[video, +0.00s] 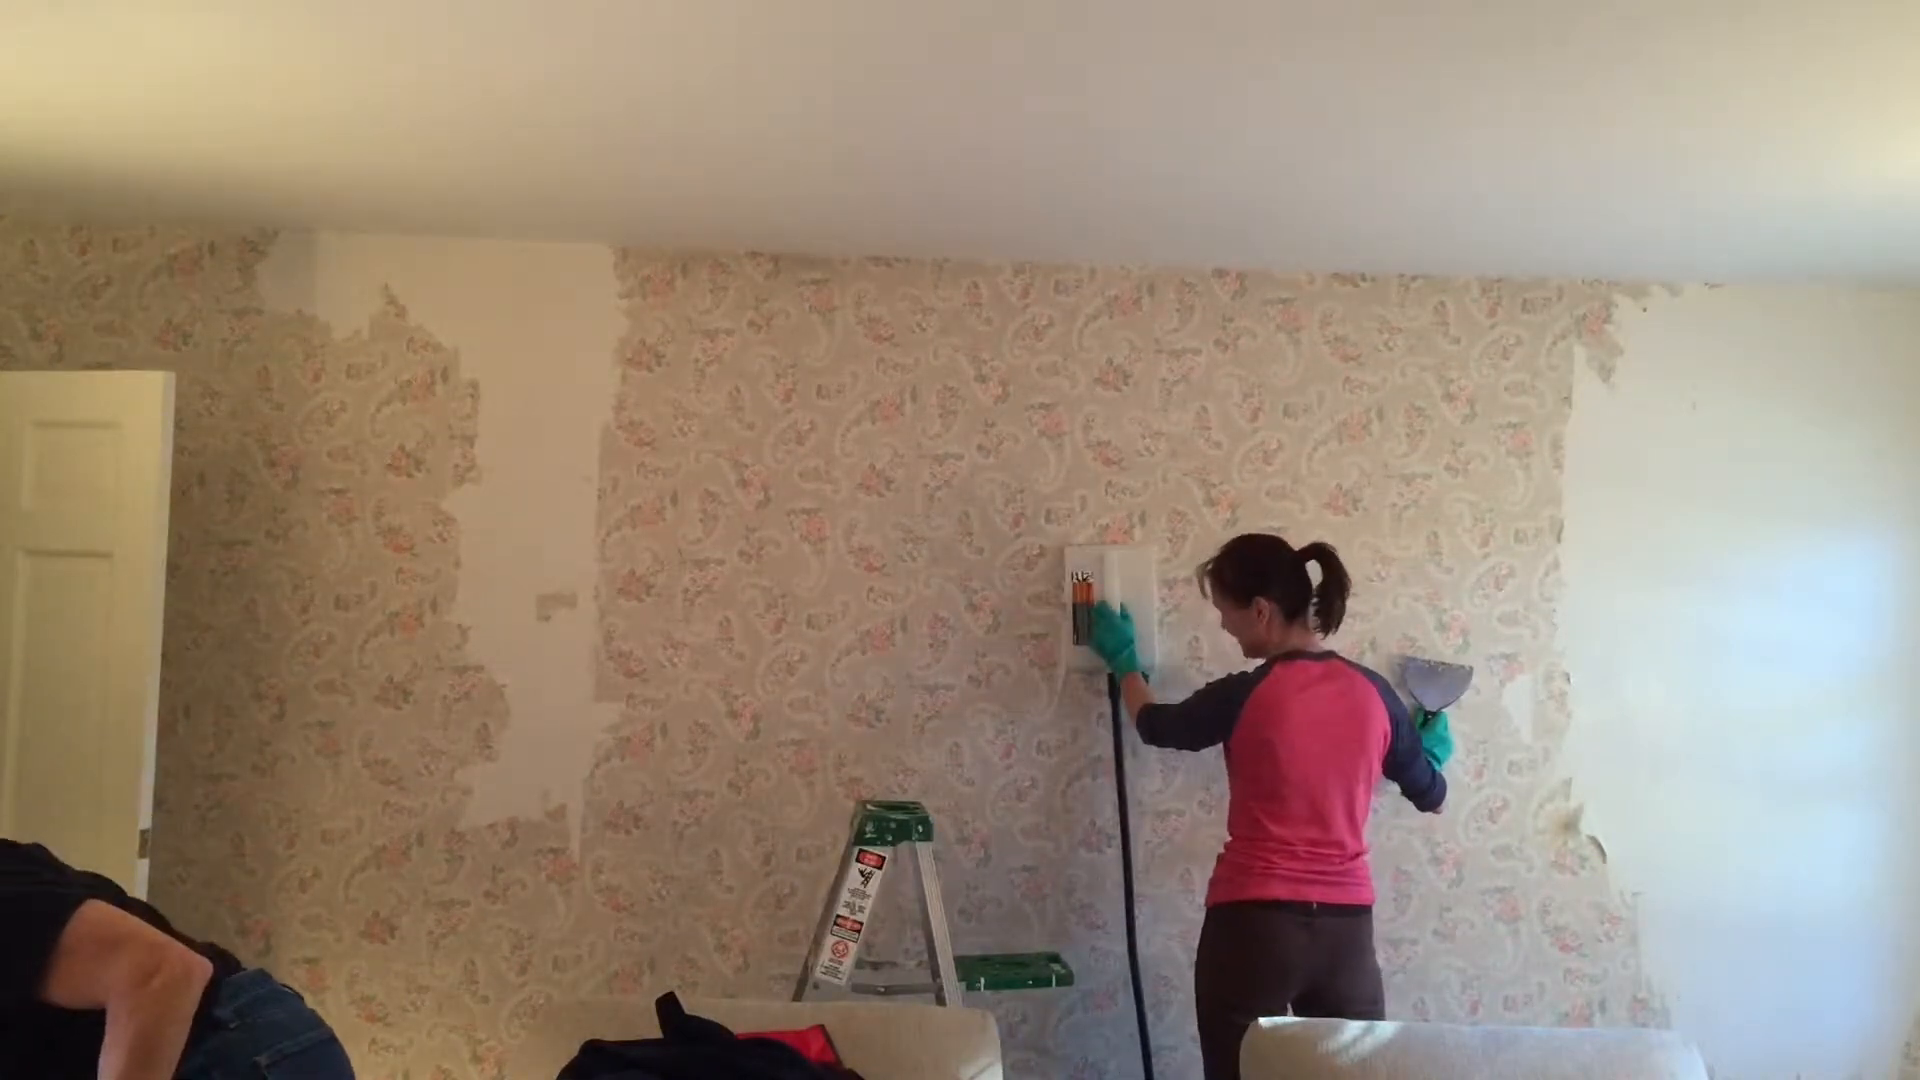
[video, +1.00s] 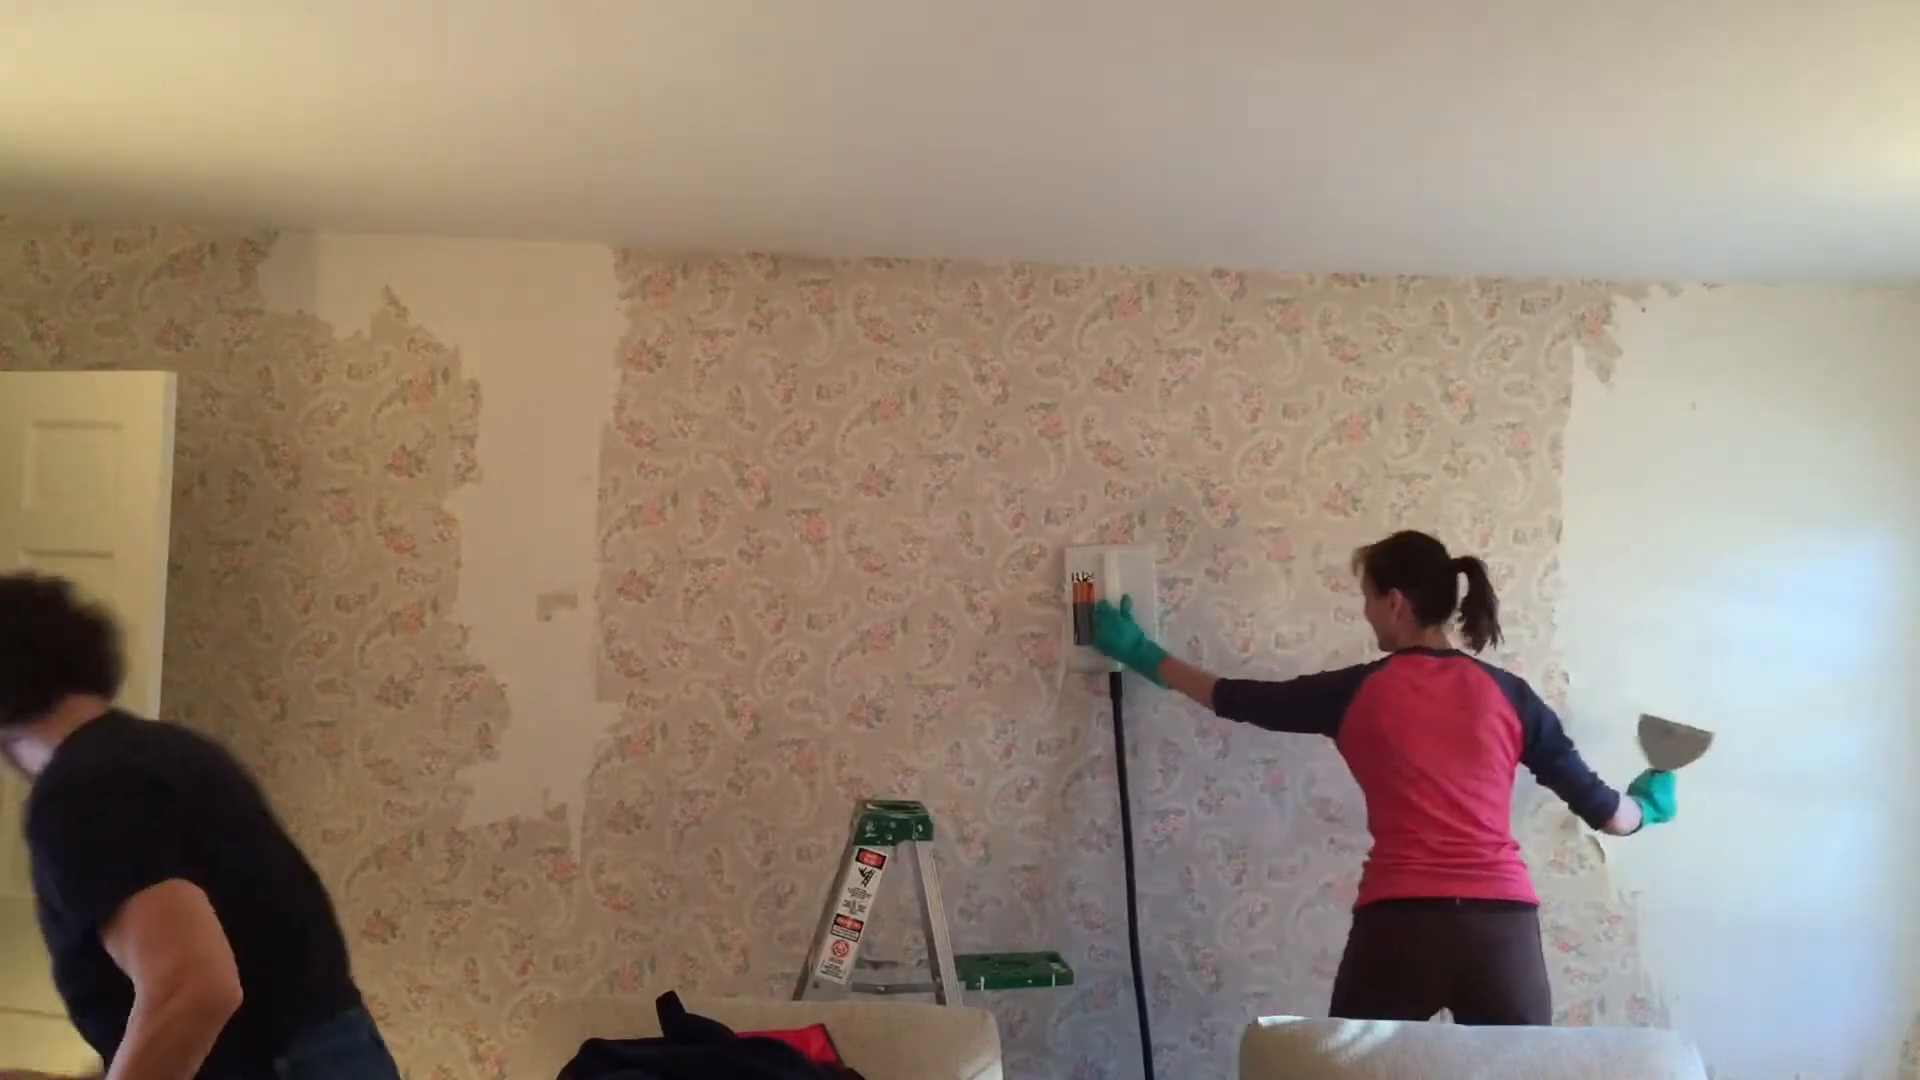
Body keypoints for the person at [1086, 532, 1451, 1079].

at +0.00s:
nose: (1222, 623)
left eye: (1224, 609)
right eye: (1219, 610)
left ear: (1262, 610)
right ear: (1303, 604)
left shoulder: (1246, 692)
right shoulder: (1375, 694)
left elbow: (1153, 724)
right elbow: (1429, 794)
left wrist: (1124, 662)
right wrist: (1433, 753)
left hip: (1250, 934)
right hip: (1345, 936)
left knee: (1236, 1075)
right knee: (1360, 1076)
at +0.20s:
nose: (1230, 621)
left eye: (1232, 606)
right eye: (1227, 607)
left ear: (1270, 606)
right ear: (1304, 602)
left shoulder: (1247, 689)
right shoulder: (1380, 691)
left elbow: (1155, 726)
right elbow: (1434, 793)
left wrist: (1122, 661)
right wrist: (1436, 749)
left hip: (1257, 932)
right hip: (1354, 933)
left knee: (1243, 1075)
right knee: (1373, 1076)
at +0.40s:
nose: (1247, 619)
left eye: (1250, 603)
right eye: (1245, 604)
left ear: (1290, 605)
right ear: (1308, 602)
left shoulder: (1259, 687)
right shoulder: (1398, 691)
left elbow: (1158, 726)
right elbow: (1454, 803)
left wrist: (1122, 661)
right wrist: (1439, 742)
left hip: (1267, 934)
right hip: (1369, 937)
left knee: (1254, 1075)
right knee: (1400, 1075)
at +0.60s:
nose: (1282, 618)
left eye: (1289, 601)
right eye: (1282, 601)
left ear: (1332, 604)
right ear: (1339, 604)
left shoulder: (1295, 687)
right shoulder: (1434, 694)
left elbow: (1182, 718)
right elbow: (1500, 820)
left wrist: (1130, 659)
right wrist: (1485, 769)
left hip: (1298, 931)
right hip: (1402, 939)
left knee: (1276, 1067)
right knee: (1431, 1075)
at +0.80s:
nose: (1330, 617)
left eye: (1334, 603)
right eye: (1329, 603)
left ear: (1373, 604)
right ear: (1401, 605)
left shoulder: (1336, 687)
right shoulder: (1481, 695)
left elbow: (1211, 706)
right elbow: (1556, 814)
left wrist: (1137, 658)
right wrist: (1578, 797)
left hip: (1357, 933)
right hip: (1461, 938)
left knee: (1319, 1069)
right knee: (1483, 1074)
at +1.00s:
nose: (1365, 611)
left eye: (1369, 596)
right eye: (1366, 596)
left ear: (1400, 603)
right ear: (1436, 601)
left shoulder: (1355, 690)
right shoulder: (1510, 696)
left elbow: (1227, 696)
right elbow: (1607, 813)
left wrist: (1138, 651)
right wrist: (1644, 804)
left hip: (1394, 941)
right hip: (1502, 942)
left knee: (1351, 1073)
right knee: (1521, 1076)